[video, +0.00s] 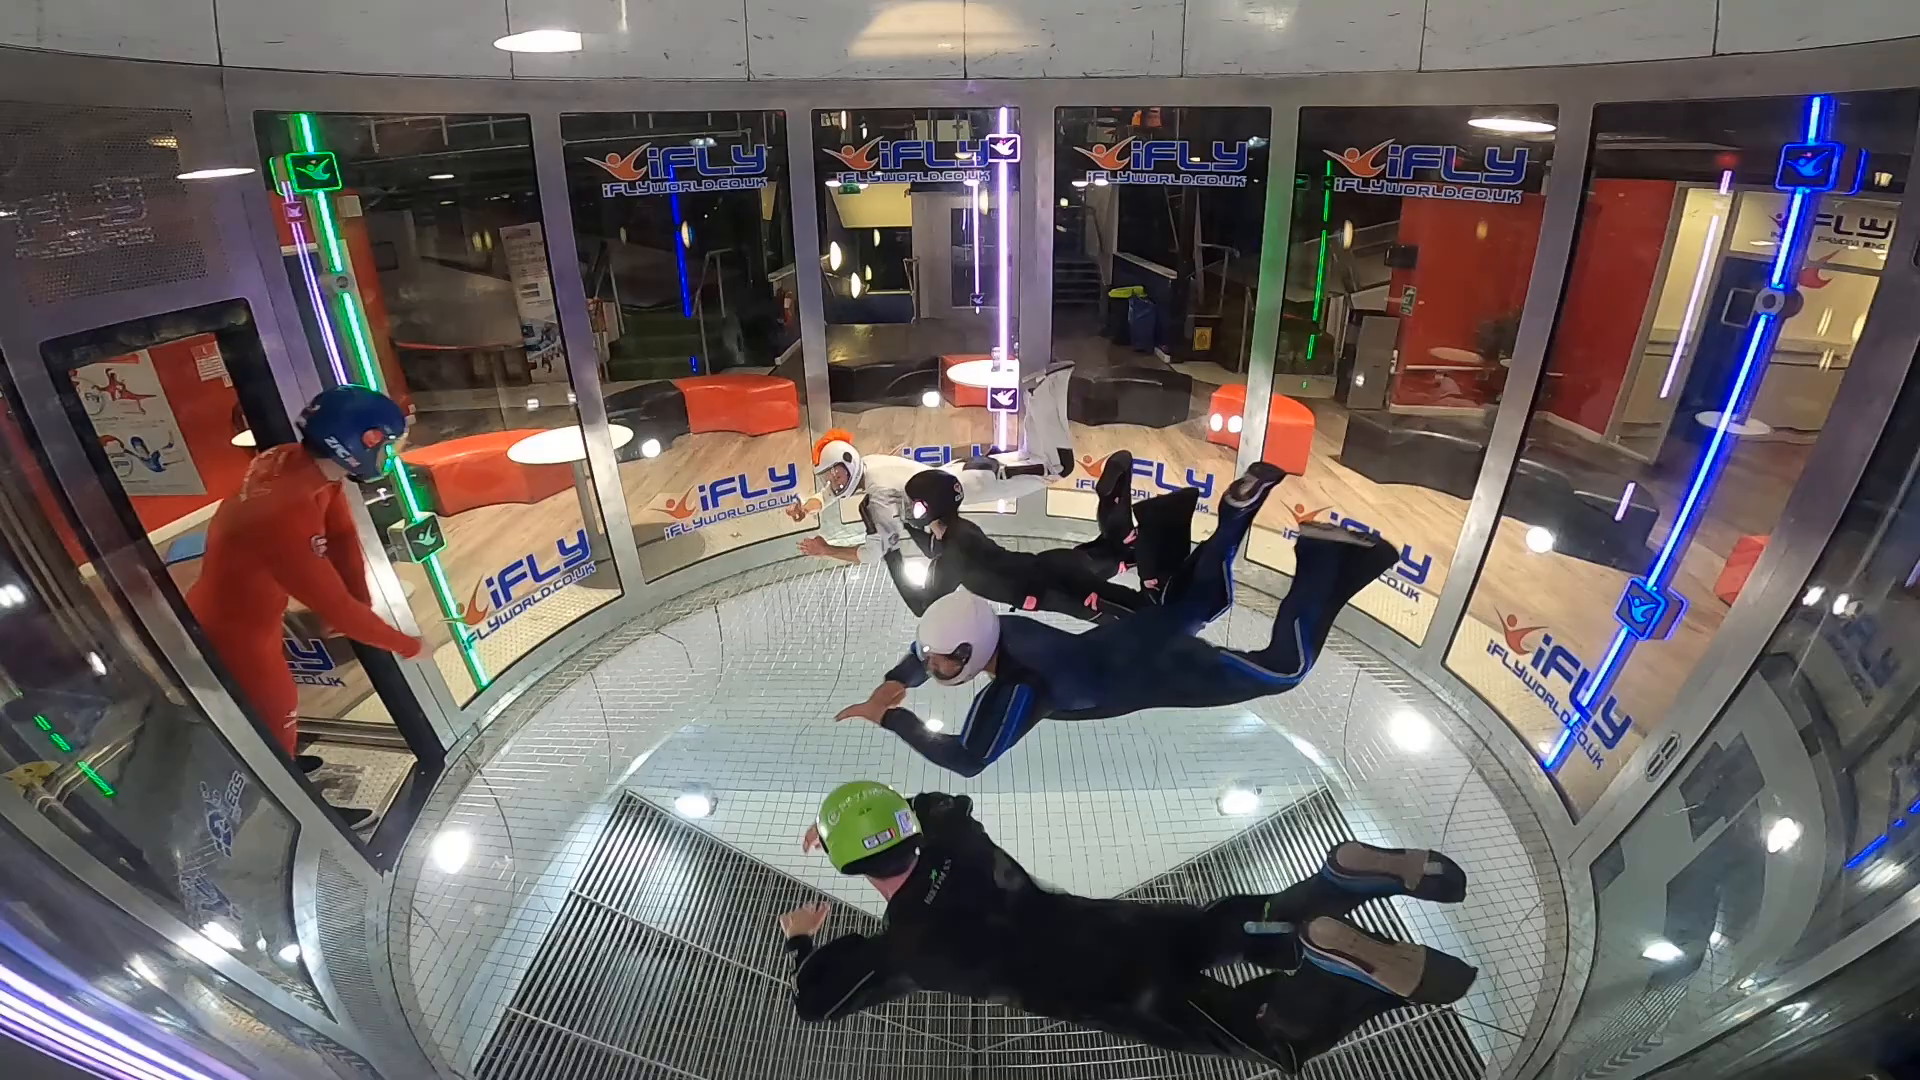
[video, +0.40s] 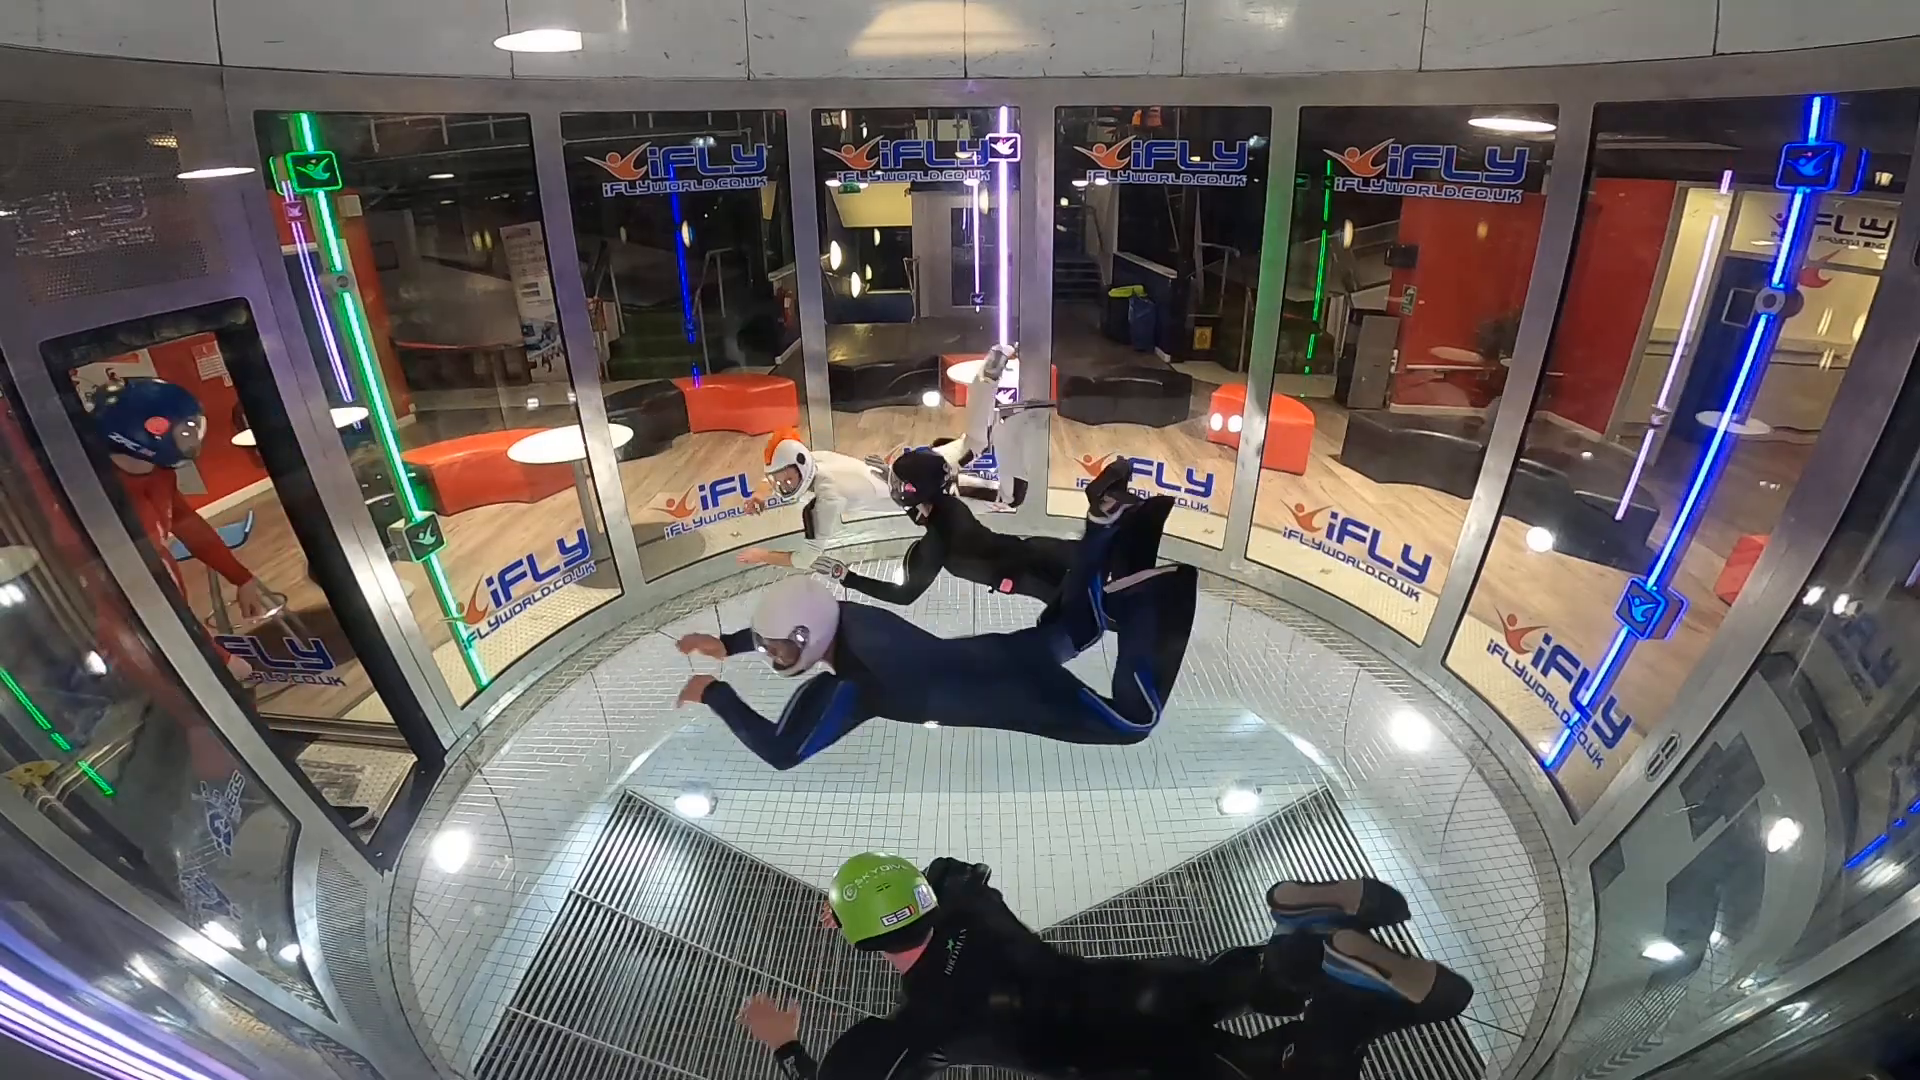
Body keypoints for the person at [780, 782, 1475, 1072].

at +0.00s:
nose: (854, 865)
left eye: (849, 857)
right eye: (858, 847)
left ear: (869, 870)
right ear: (903, 822)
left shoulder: (907, 939)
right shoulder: (955, 827)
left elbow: (820, 1003)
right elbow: (921, 807)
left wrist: (812, 945)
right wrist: (848, 843)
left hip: (1110, 990)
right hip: (1127, 922)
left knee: (1268, 1026)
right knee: (1267, 916)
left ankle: (1379, 982)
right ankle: (1367, 873)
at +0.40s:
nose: (883, 958)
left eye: (880, 950)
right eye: (877, 944)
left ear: (887, 949)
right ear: (923, 899)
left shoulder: (932, 1010)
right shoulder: (965, 897)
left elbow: (858, 1066)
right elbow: (950, 871)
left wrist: (789, 1041)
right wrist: (886, 898)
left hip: (1097, 1042)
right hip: (1106, 976)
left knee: (1218, 1046)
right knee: (1211, 984)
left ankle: (1352, 1005)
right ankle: (1319, 933)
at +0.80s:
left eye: (949, 950)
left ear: (962, 962)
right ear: (1000, 909)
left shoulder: (995, 1021)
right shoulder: (1034, 907)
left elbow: (903, 1072)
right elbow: (1010, 872)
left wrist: (865, 1025)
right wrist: (933, 890)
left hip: (1134, 1055)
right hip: (1151, 1001)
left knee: (1258, 1046)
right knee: (1249, 1009)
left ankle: (1367, 1031)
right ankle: (1359, 981)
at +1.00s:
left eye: (997, 941)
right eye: (1019, 926)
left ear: (1011, 954)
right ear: (1042, 917)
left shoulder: (1041, 1021)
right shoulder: (1078, 912)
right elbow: (1056, 859)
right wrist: (976, 874)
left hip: (1189, 1027)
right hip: (1197, 1001)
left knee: (1297, 1048)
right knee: (1300, 984)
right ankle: (1419, 956)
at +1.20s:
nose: (1031, 950)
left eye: (1030, 941)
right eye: (1032, 937)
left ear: (1050, 943)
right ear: (1076, 899)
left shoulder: (1075, 1002)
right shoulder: (1098, 896)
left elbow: (1019, 1078)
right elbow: (1071, 843)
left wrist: (937, 1055)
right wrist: (993, 849)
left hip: (1228, 1000)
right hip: (1237, 971)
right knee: (1372, 1034)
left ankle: (1413, 888)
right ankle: (1496, 992)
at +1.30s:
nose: (1050, 932)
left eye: (1052, 929)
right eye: (1048, 917)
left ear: (1072, 935)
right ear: (1089, 882)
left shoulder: (1106, 980)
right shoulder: (1116, 883)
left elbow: (1049, 1059)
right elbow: (1084, 835)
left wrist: (979, 1016)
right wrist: (1014, 836)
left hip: (1274, 989)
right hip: (1268, 930)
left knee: (1420, 1005)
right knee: (1362, 909)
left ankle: (1503, 933)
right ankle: (1446, 854)